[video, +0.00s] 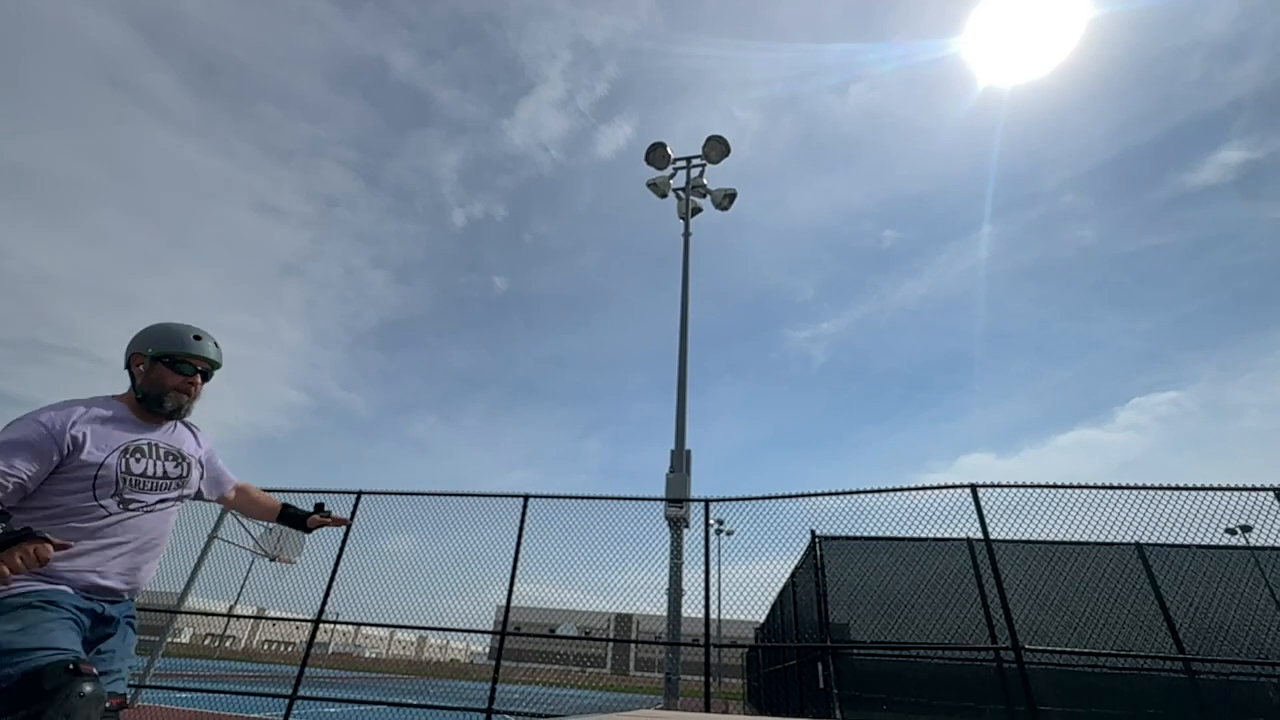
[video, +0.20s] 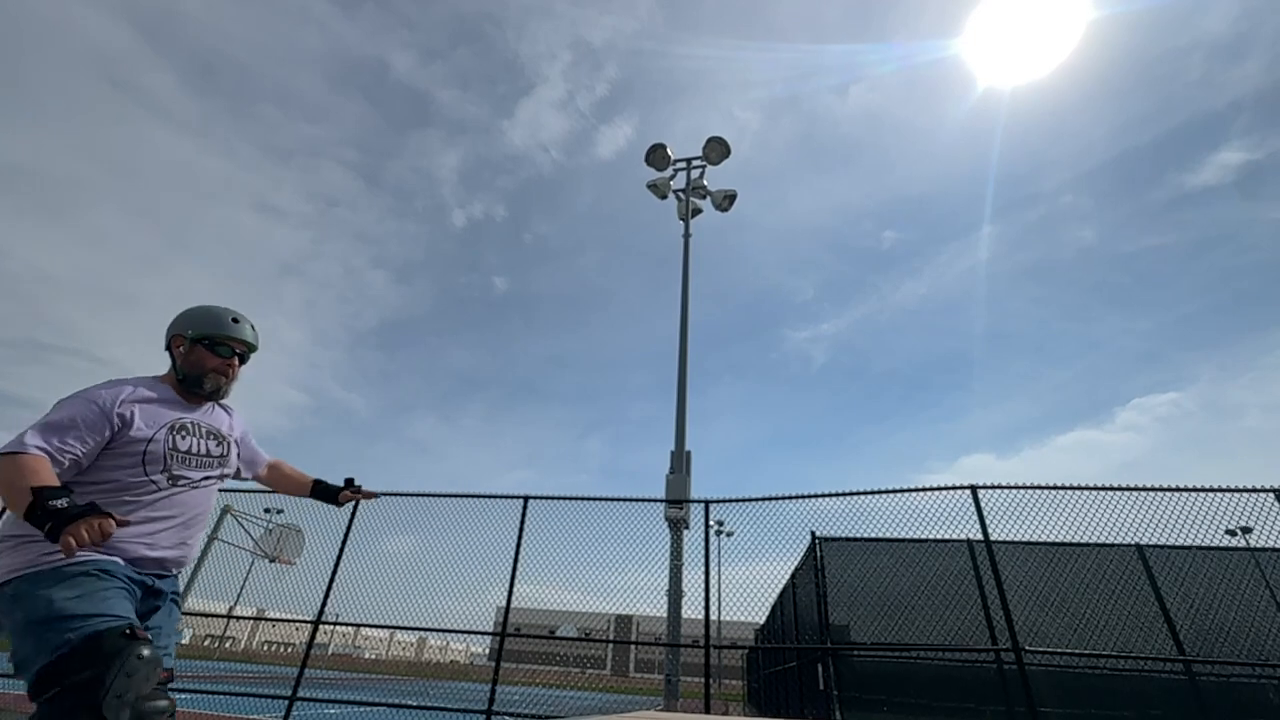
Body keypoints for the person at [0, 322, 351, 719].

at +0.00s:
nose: (194, 382)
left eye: (202, 375)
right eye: (181, 368)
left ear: (206, 385)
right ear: (139, 366)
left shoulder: (194, 446)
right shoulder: (65, 424)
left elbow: (237, 494)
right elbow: (0, 490)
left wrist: (302, 518)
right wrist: (7, 539)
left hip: (117, 613)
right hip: (37, 593)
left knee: (103, 708)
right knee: (65, 700)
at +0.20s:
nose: (232, 364)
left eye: (240, 357)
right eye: (219, 350)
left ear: (242, 367)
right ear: (179, 347)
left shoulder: (228, 426)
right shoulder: (117, 401)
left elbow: (266, 469)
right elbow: (21, 457)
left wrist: (329, 492)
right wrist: (59, 512)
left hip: (158, 587)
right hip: (68, 561)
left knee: (142, 701)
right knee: (112, 682)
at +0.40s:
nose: (267, 345)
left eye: (275, 338)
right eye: (256, 331)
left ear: (278, 348)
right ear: (218, 327)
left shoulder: (261, 406)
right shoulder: (164, 377)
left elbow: (299, 446)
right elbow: (72, 433)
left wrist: (357, 466)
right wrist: (120, 483)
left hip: (196, 556)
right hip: (112, 531)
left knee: (192, 683)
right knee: (164, 630)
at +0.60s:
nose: (303, 327)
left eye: (311, 320)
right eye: (293, 312)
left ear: (313, 329)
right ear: (256, 306)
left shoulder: (296, 383)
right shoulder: (204, 355)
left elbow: (328, 421)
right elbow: (128, 407)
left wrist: (385, 441)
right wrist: (178, 464)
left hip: (233, 523)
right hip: (155, 499)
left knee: (236, 651)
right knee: (212, 591)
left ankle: (220, 710)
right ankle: (174, 710)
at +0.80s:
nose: (336, 307)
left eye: (344, 302)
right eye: (326, 294)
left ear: (345, 311)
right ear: (291, 289)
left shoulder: (327, 363)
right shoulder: (248, 331)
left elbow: (358, 397)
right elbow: (181, 382)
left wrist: (411, 415)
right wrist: (230, 438)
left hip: (264, 491)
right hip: (195, 467)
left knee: (272, 625)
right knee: (256, 551)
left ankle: (236, 708)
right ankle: (231, 710)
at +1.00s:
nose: (368, 293)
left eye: (376, 287)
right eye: (359, 279)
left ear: (378, 296)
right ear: (325, 273)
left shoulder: (357, 346)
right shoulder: (286, 314)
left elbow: (385, 375)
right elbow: (230, 362)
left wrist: (437, 394)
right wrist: (280, 419)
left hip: (275, 463)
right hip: (229, 443)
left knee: (305, 565)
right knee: (302, 515)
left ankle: (269, 699)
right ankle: (281, 696)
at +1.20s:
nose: (398, 280)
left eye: (405, 274)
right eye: (390, 266)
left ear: (407, 281)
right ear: (357, 259)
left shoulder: (387, 331)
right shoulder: (322, 296)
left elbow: (414, 356)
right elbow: (276, 345)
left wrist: (463, 370)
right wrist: (329, 406)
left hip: (308, 437)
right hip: (265, 418)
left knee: (361, 539)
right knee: (356, 481)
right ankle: (315, 653)